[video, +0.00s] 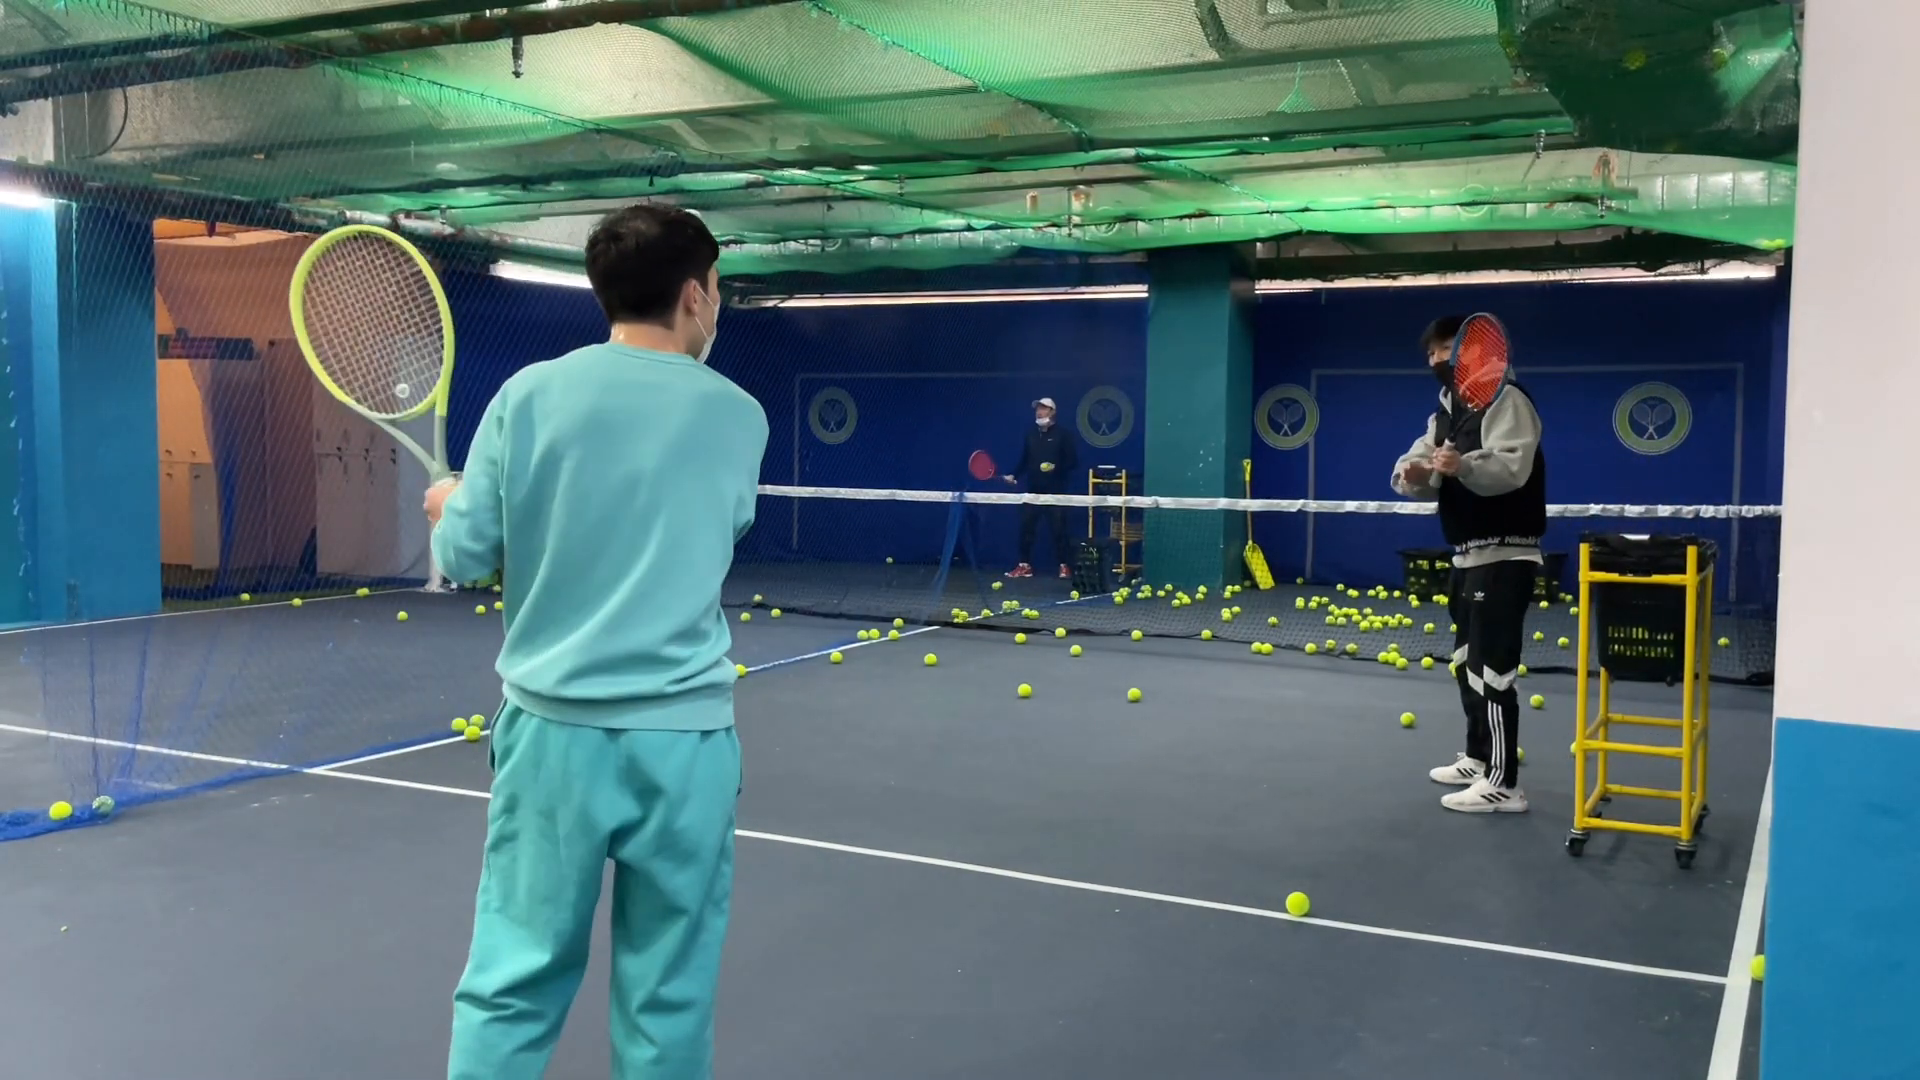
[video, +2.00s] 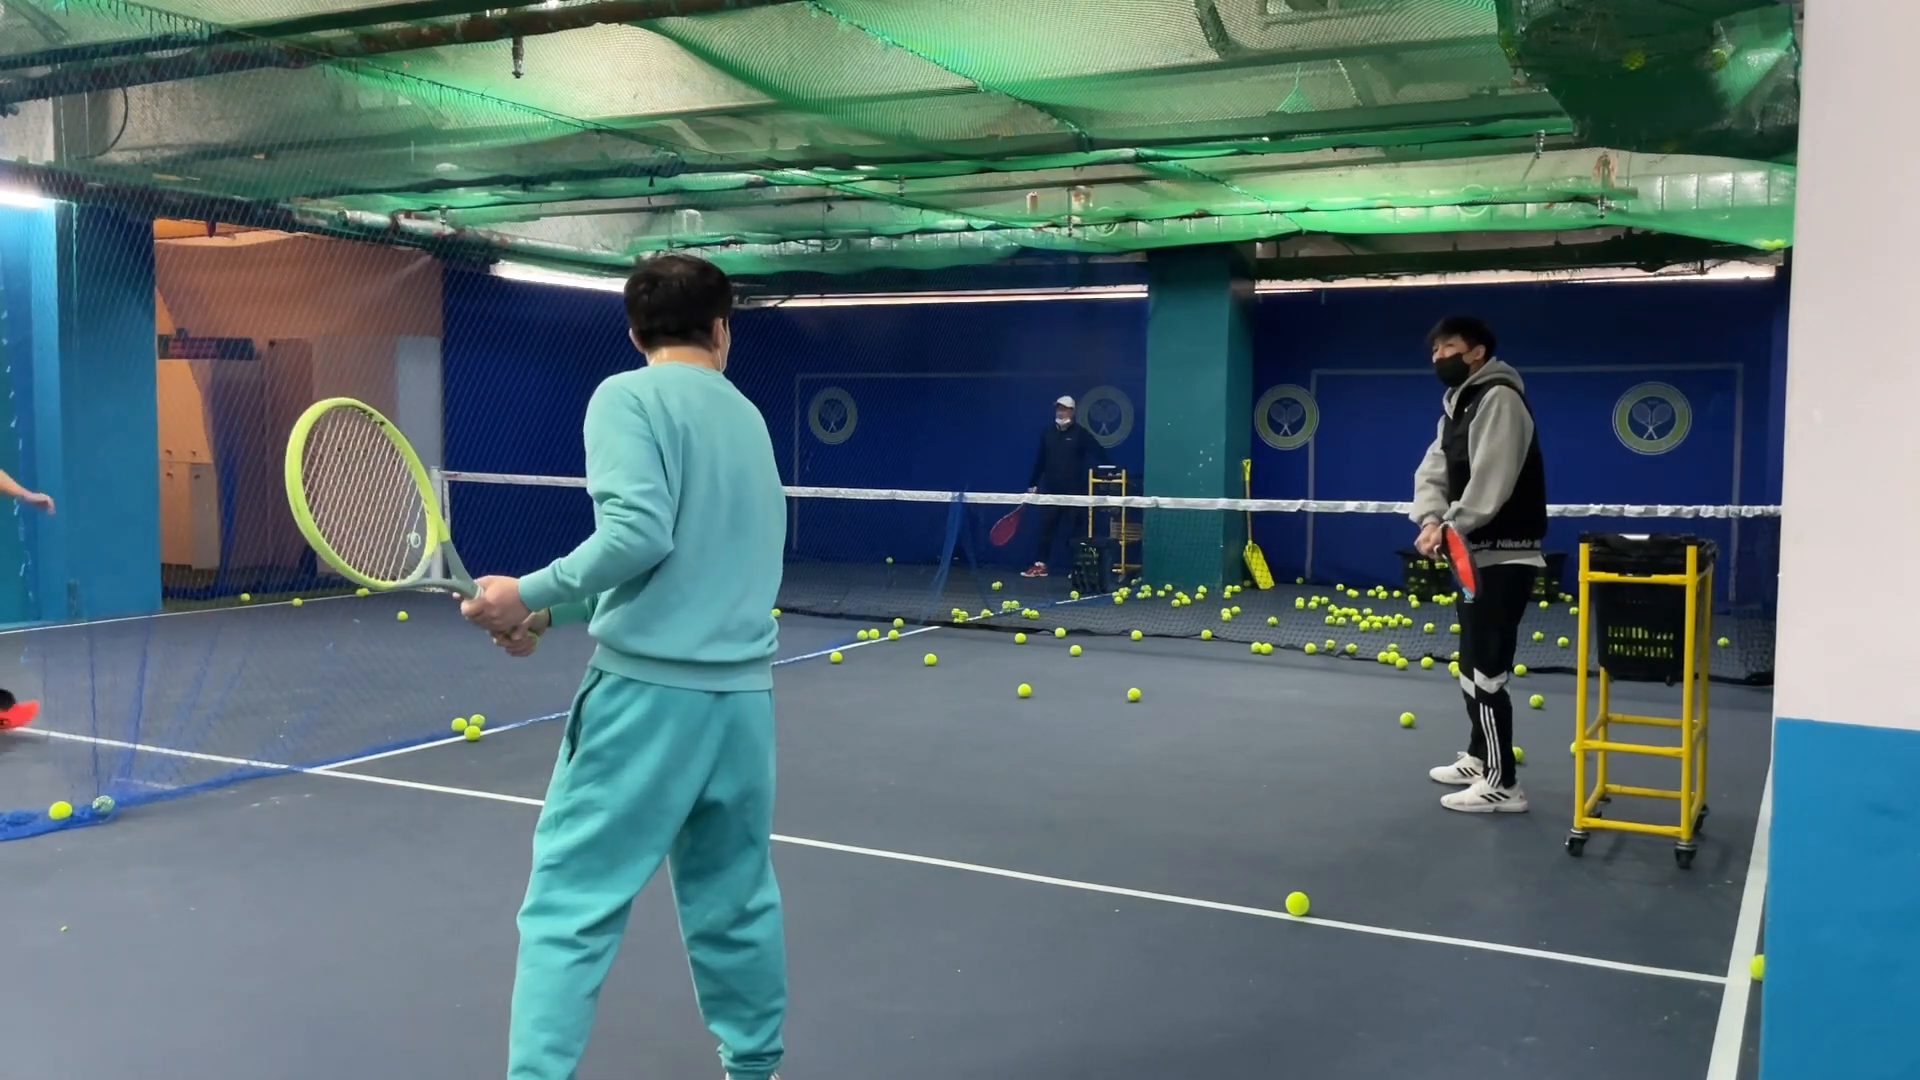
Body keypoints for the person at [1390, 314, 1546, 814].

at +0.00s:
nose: (1438, 361)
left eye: (1445, 350)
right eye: (1432, 355)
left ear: (1472, 348)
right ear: (1431, 360)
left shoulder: (1507, 401)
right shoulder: (1446, 413)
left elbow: (1511, 467)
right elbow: (1420, 467)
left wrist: (1461, 466)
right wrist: (1410, 473)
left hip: (1506, 553)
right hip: (1469, 555)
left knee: (1494, 670)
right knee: (1468, 664)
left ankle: (1503, 785)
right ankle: (1479, 760)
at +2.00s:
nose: (1440, 358)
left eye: (1449, 349)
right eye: (1436, 353)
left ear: (1479, 351)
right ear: (1440, 360)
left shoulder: (1500, 399)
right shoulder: (1457, 403)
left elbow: (1493, 476)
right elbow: (1434, 469)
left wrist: (1451, 527)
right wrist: (1430, 518)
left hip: (1506, 556)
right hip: (1476, 555)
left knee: (1487, 673)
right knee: (1473, 667)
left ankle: (1501, 786)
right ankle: (1482, 760)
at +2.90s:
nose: (1440, 355)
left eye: (1450, 345)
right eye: (1436, 349)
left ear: (1481, 350)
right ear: (1438, 358)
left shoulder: (1496, 399)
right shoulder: (1458, 401)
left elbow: (1486, 475)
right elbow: (1433, 468)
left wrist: (1446, 529)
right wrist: (1427, 520)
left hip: (1498, 558)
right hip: (1471, 557)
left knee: (1486, 672)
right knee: (1471, 667)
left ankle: (1501, 785)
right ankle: (1482, 761)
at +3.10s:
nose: (1437, 357)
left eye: (1447, 347)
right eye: (1433, 351)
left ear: (1478, 350)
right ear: (1437, 359)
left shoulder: (1492, 399)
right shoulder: (1460, 401)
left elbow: (1479, 476)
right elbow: (1434, 470)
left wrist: (1437, 532)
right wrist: (1423, 524)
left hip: (1496, 559)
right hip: (1472, 558)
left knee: (1482, 673)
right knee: (1468, 668)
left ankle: (1501, 785)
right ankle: (1482, 761)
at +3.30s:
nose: (1435, 356)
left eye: (1444, 346)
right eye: (1432, 350)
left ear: (1474, 350)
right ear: (1438, 358)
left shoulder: (1485, 402)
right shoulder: (1461, 402)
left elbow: (1469, 479)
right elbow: (1433, 470)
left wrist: (1424, 530)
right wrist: (1415, 523)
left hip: (1488, 561)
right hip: (1466, 559)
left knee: (1476, 673)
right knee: (1461, 669)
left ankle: (1501, 785)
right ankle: (1478, 761)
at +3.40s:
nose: (1432, 359)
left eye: (1440, 349)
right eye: (1429, 352)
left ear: (1469, 352)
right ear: (1445, 358)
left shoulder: (1481, 404)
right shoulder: (1463, 402)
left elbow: (1461, 480)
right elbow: (1435, 465)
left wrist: (1414, 528)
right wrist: (1413, 515)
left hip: (1482, 563)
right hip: (1464, 560)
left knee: (1467, 671)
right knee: (1458, 668)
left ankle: (1499, 785)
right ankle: (1479, 761)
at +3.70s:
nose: (1409, 375)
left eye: (1413, 365)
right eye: (1409, 367)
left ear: (1438, 364)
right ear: (1447, 365)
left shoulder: (1456, 414)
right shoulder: (1473, 409)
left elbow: (1434, 490)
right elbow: (1441, 488)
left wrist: (1387, 523)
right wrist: (1388, 516)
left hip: (1463, 565)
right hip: (1482, 563)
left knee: (1412, 658)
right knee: (1452, 659)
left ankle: (1468, 760)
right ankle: (1479, 759)